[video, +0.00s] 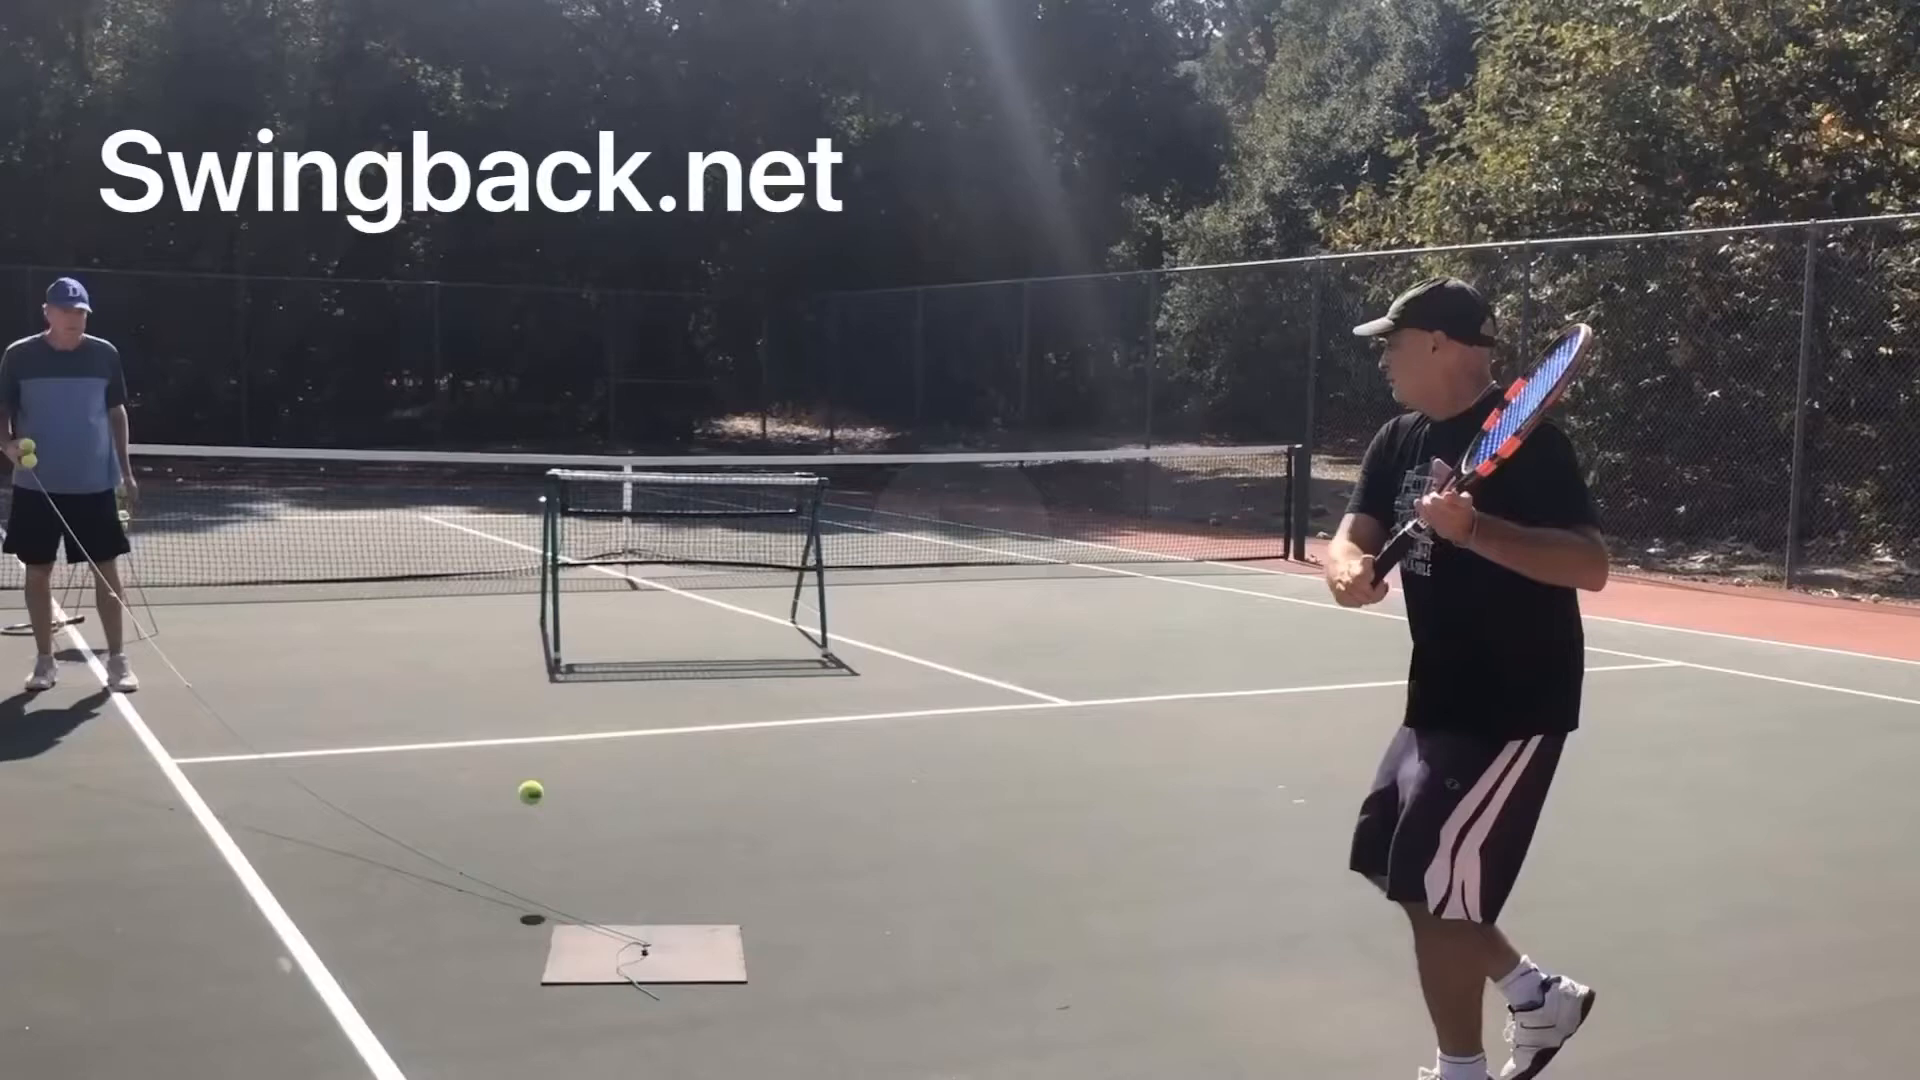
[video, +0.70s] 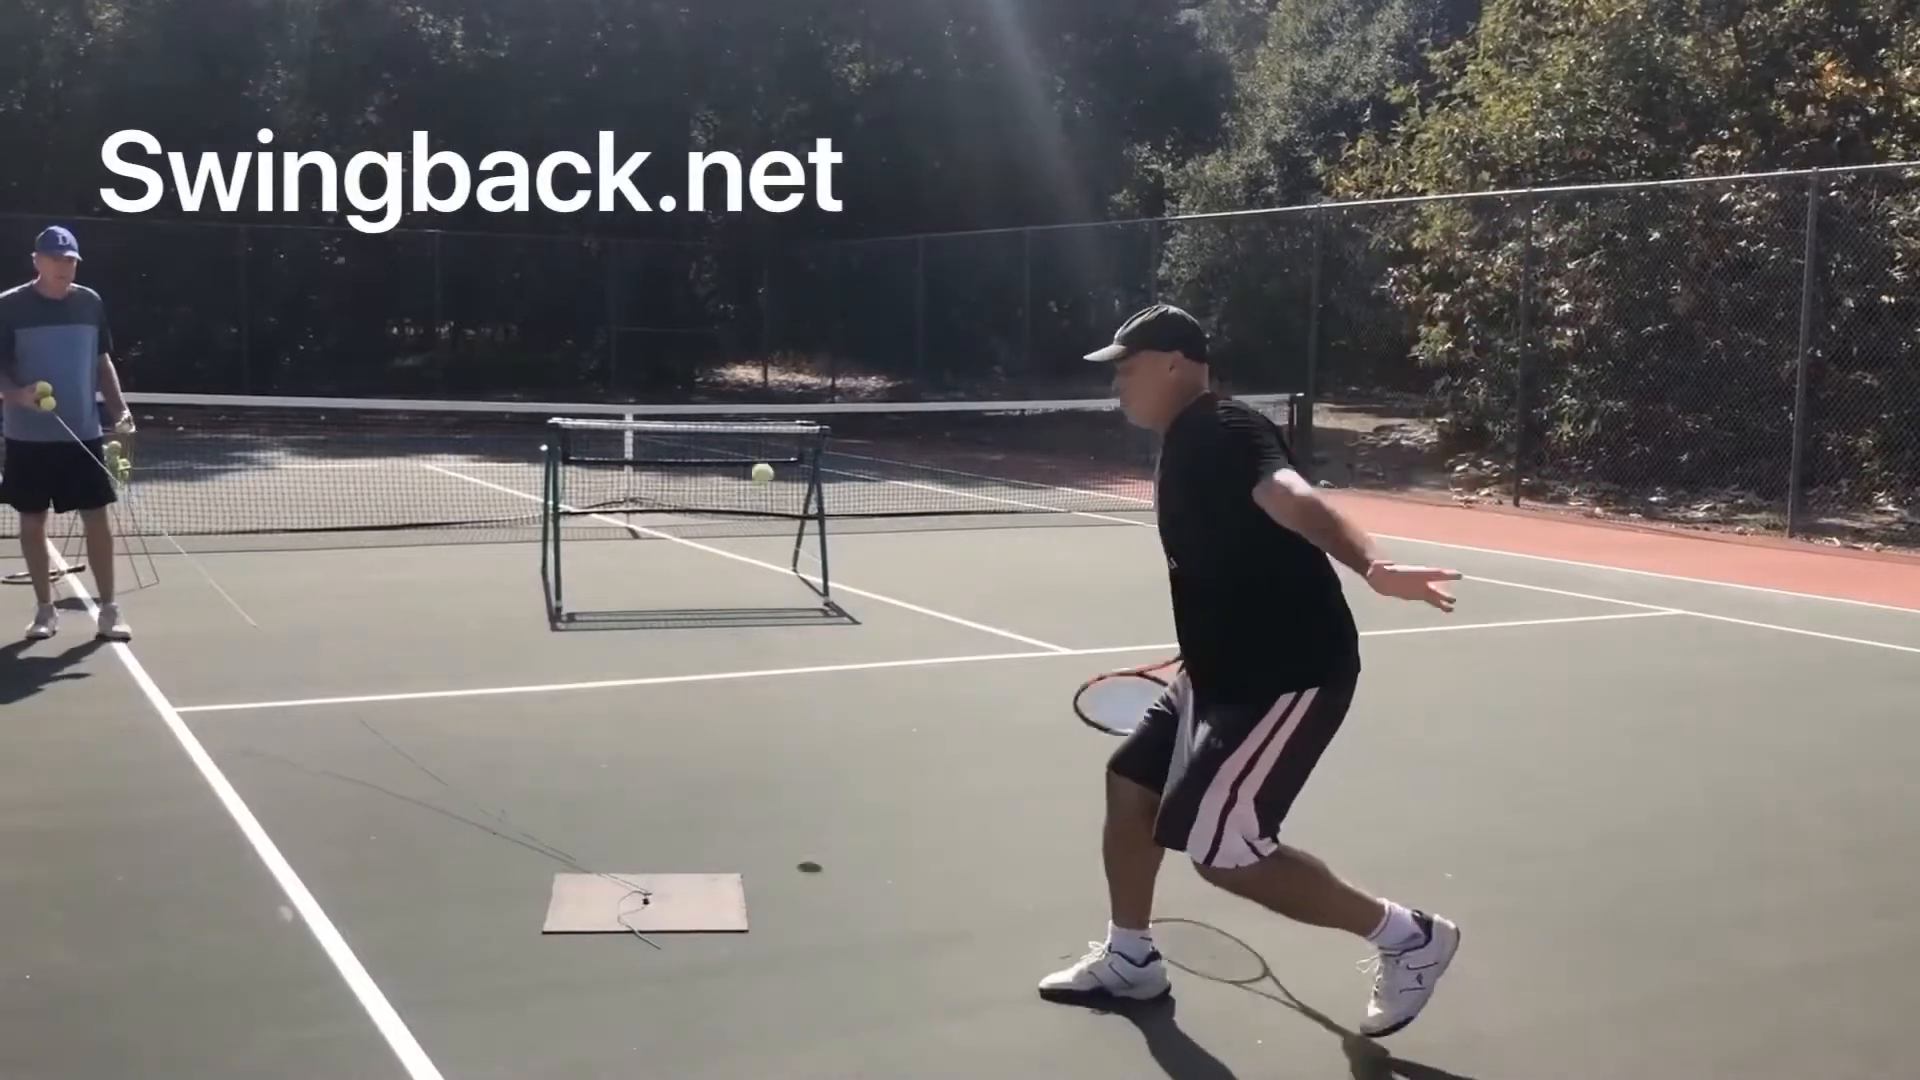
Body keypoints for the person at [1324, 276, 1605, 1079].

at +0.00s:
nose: (1385, 360)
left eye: (1395, 346)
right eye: (1387, 347)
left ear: (1445, 349)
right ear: (1436, 351)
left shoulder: (1529, 441)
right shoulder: (1402, 439)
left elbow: (1591, 564)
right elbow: (1353, 541)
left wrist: (1474, 530)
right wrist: (1349, 574)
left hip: (1518, 709)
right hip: (1439, 700)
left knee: (1438, 878)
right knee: (1390, 856)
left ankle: (1461, 1067)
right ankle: (1536, 995)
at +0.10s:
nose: (1350, 361)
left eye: (1362, 347)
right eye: (1354, 347)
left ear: (1413, 350)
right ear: (1399, 352)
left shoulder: (1498, 434)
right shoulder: (1365, 440)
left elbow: (1563, 547)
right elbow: (1311, 549)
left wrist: (1454, 499)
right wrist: (1331, 552)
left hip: (1496, 701)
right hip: (1412, 688)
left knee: (1414, 873)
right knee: (1331, 833)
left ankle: (1461, 1064)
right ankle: (1451, 997)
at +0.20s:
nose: (1295, 370)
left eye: (1303, 356)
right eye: (1295, 357)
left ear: (1349, 355)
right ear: (1341, 359)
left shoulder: (1448, 427)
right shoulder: (1311, 438)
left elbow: (1514, 518)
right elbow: (1265, 530)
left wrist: (1412, 455)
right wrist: (1295, 519)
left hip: (1448, 702)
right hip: (1361, 684)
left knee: (1390, 874)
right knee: (1272, 818)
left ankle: (1457, 1066)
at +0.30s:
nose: (1238, 338)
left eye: (1249, 321)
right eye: (1238, 323)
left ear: (1294, 322)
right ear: (1283, 326)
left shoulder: (1383, 393)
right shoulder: (1264, 406)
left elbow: (1444, 466)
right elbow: (1224, 467)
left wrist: (1366, 390)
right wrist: (1252, 455)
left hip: (1405, 659)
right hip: (1318, 643)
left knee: (1367, 837)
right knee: (1226, 786)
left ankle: (1461, 1031)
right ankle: (1165, 951)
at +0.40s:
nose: (1180, 365)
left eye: (1191, 349)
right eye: (1180, 351)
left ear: (1243, 348)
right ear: (1224, 352)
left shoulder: (1327, 410)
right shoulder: (1198, 426)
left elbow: (1339, 513)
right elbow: (1172, 488)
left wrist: (1308, 439)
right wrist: (1195, 499)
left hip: (1359, 668)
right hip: (1271, 656)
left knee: (1321, 849)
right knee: (1171, 795)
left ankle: (1453, 1019)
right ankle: (1132, 957)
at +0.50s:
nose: (1135, 385)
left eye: (1147, 369)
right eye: (1135, 372)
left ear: (1199, 370)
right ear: (1182, 377)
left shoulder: (1272, 430)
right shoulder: (1160, 464)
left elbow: (1287, 540)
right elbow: (1122, 535)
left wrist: (1223, 580)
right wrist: (1083, 582)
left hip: (1329, 674)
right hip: (1243, 669)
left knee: (1268, 850)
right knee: (1141, 786)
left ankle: (1431, 991)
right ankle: (1130, 958)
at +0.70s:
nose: (1117, 382)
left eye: (1128, 367)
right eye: (1118, 368)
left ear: (1179, 367)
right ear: (1169, 371)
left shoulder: (1228, 430)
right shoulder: (1185, 446)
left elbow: (1300, 504)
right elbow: (1241, 569)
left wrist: (1373, 565)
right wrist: (1196, 654)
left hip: (1292, 673)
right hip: (1230, 667)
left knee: (1219, 843)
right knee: (1133, 782)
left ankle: (1409, 938)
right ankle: (1130, 958)